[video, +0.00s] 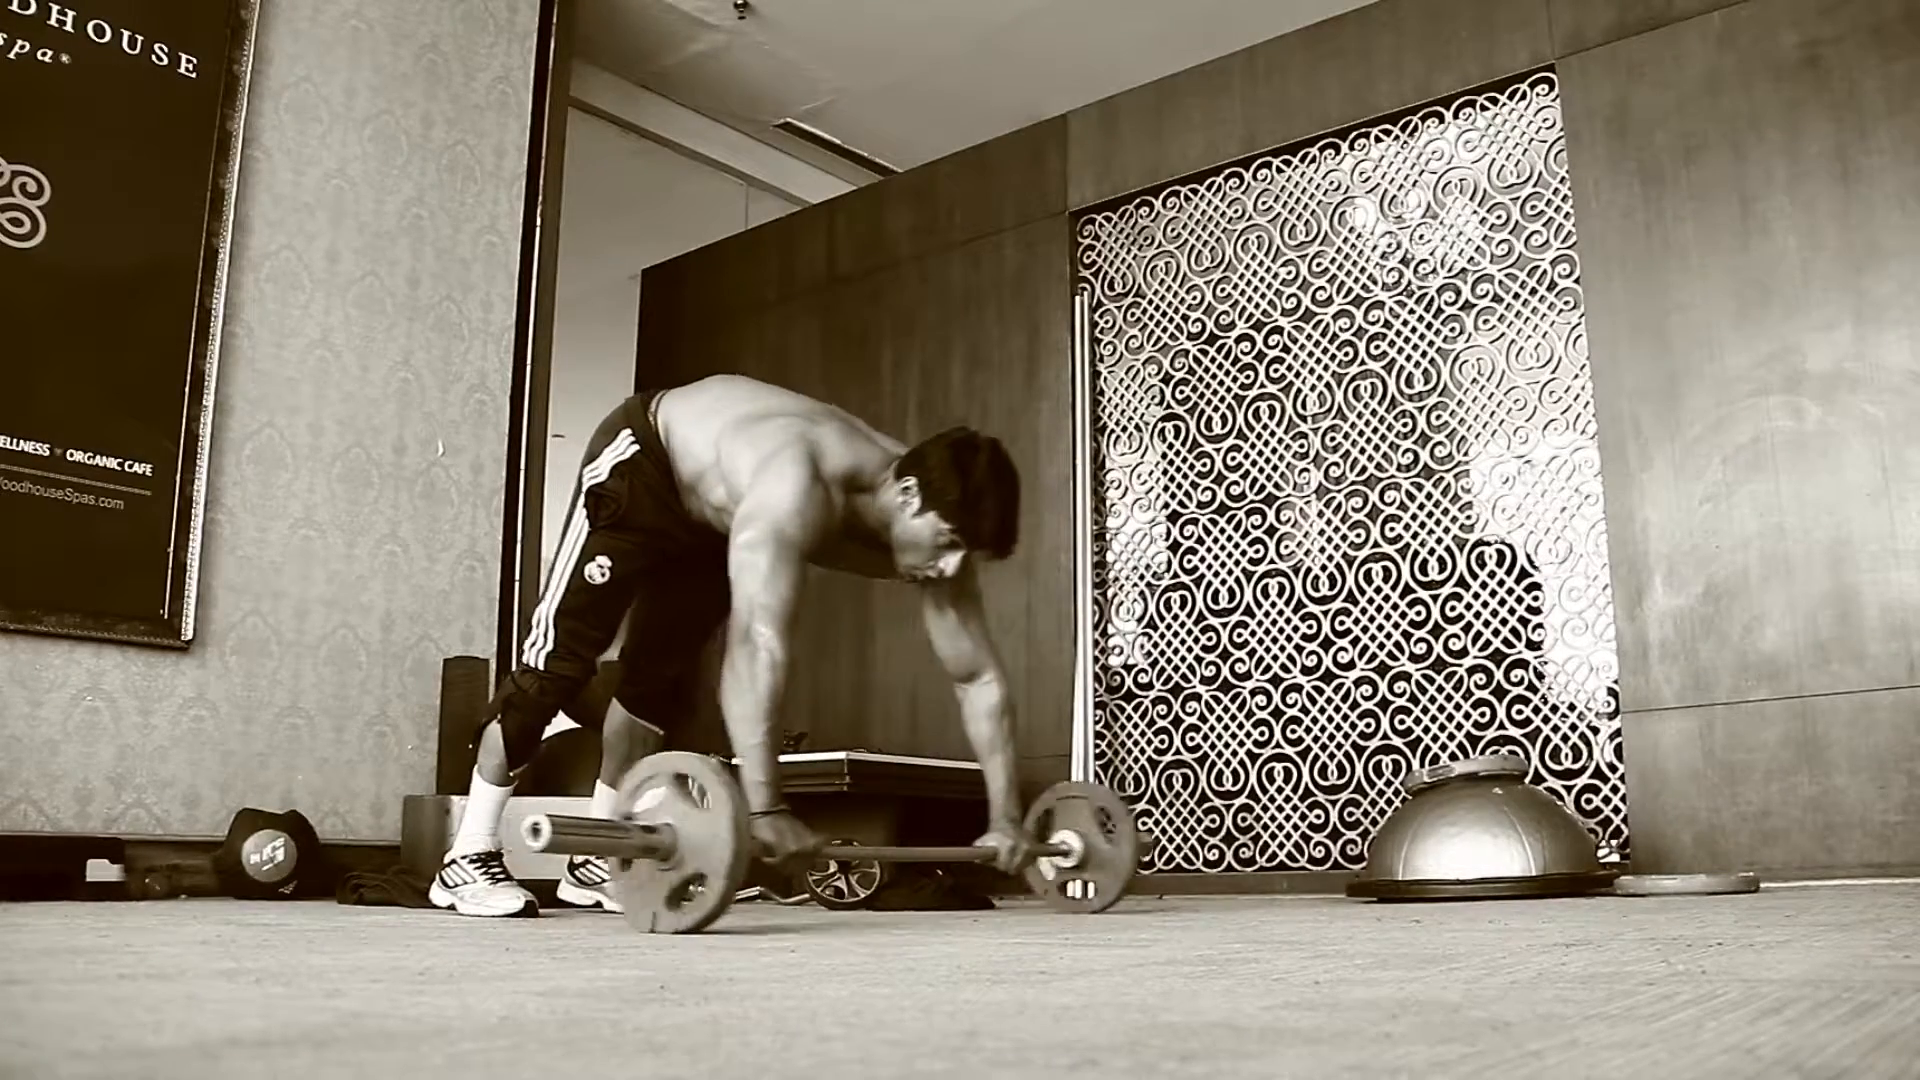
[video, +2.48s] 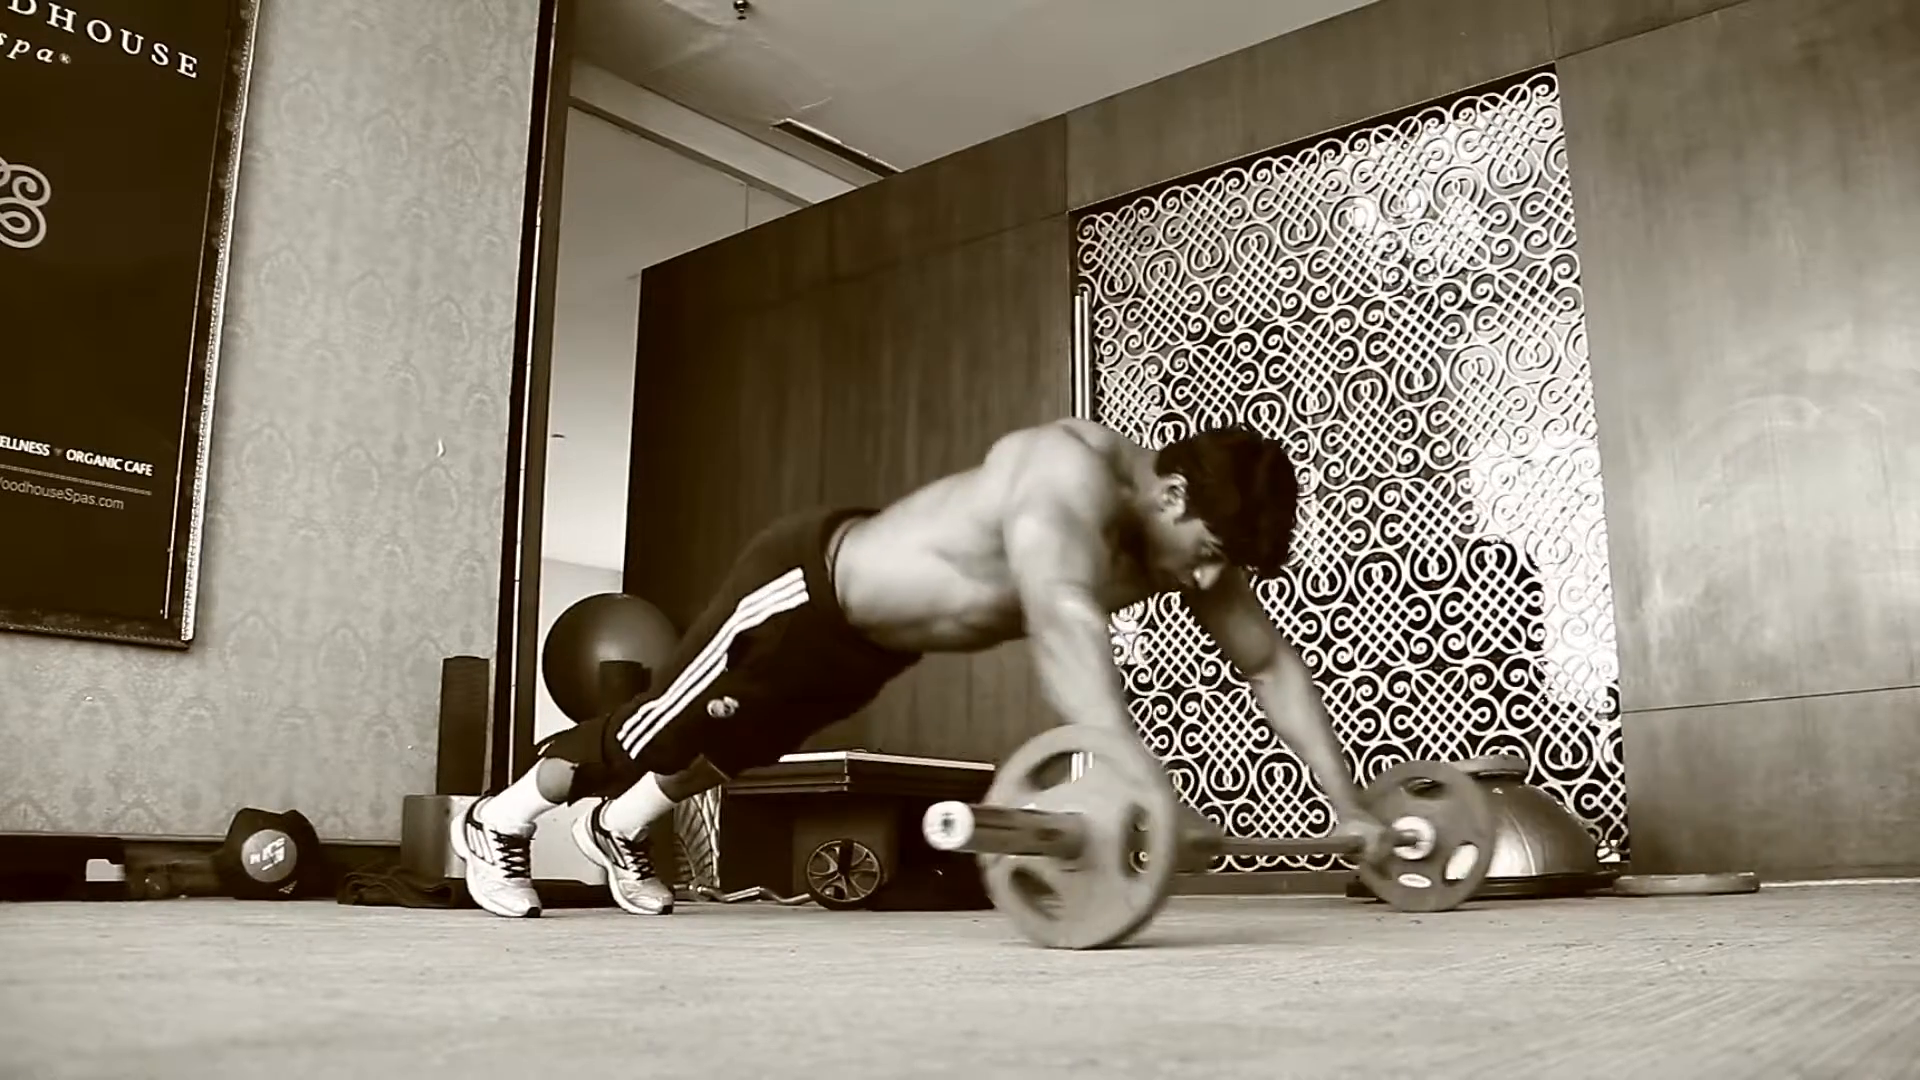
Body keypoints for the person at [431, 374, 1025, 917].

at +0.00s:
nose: (947, 568)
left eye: (964, 555)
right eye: (944, 544)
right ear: (906, 496)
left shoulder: (926, 518)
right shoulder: (792, 485)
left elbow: (978, 679)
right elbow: (756, 641)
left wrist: (1007, 818)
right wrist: (763, 806)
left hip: (720, 518)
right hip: (641, 467)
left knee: (654, 689)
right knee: (556, 668)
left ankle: (606, 855)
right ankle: (469, 858)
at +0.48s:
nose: (1083, 537)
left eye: (1097, 524)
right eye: (1079, 513)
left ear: (1088, 506)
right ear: (1030, 467)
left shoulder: (1048, 534)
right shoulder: (914, 469)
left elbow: (1118, 665)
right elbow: (895, 635)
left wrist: (1166, 808)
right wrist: (922, 803)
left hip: (799, 577)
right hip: (720, 523)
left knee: (690, 723)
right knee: (601, 697)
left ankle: (599, 854)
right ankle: (472, 853)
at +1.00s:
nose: (1209, 556)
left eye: (1227, 544)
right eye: (1212, 531)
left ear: (1204, 517)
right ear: (1168, 480)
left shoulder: (1165, 546)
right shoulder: (1055, 492)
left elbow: (1273, 666)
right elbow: (1067, 633)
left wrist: (1361, 795)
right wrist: (1146, 766)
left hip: (885, 670)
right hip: (820, 615)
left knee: (750, 772)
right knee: (659, 740)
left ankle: (614, 828)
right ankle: (495, 827)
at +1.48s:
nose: (1252, 625)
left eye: (1267, 615)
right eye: (1258, 601)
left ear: (1274, 586)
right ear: (1235, 543)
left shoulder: (1226, 586)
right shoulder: (1126, 531)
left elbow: (1359, 678)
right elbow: (1157, 651)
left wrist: (1466, 777)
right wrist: (1266, 740)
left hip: (933, 742)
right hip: (861, 690)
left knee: (774, 828)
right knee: (662, 795)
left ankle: (694, 857)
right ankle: (533, 817)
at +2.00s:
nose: (1254, 645)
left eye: (1270, 636)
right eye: (1259, 620)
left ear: (1283, 602)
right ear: (1239, 553)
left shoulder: (1232, 587)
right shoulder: (1133, 532)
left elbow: (1360, 678)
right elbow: (1163, 659)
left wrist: (1466, 775)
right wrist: (1293, 752)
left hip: (935, 741)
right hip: (867, 688)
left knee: (775, 826)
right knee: (667, 787)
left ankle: (660, 859)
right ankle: (506, 824)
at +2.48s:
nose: (1200, 577)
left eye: (1220, 566)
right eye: (1205, 557)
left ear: (1202, 518)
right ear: (1179, 497)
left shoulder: (1171, 525)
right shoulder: (1062, 475)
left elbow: (1265, 660)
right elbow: (1061, 619)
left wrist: (1347, 801)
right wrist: (1119, 762)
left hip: (876, 638)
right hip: (812, 600)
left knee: (749, 735)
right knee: (649, 734)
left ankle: (624, 818)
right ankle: (497, 818)